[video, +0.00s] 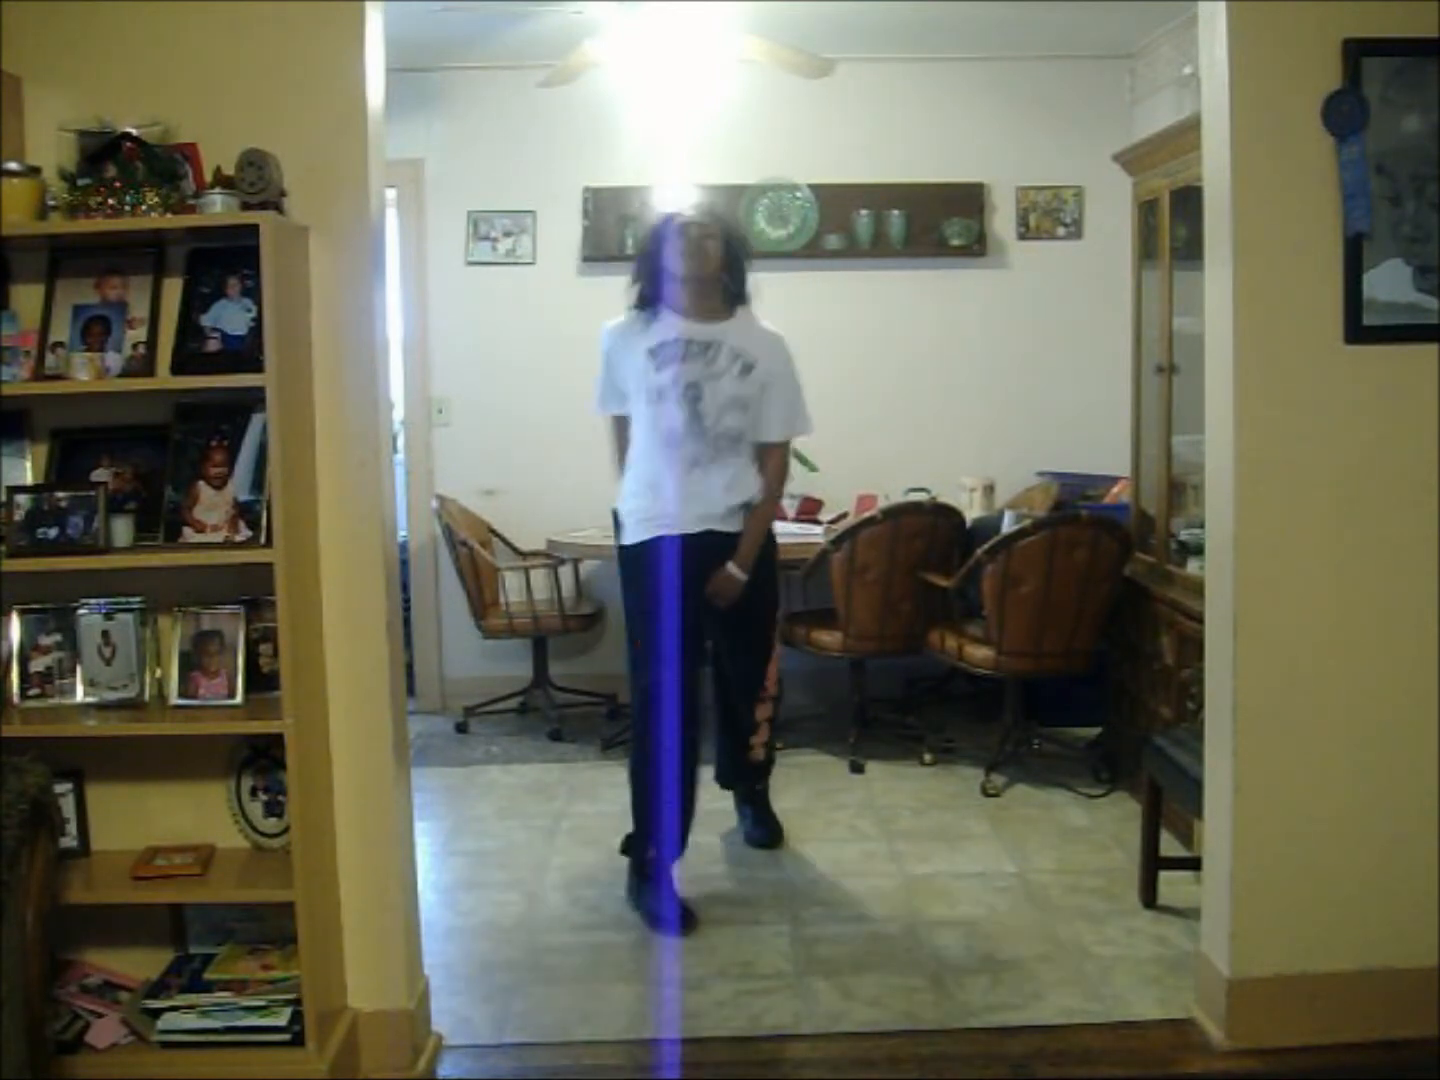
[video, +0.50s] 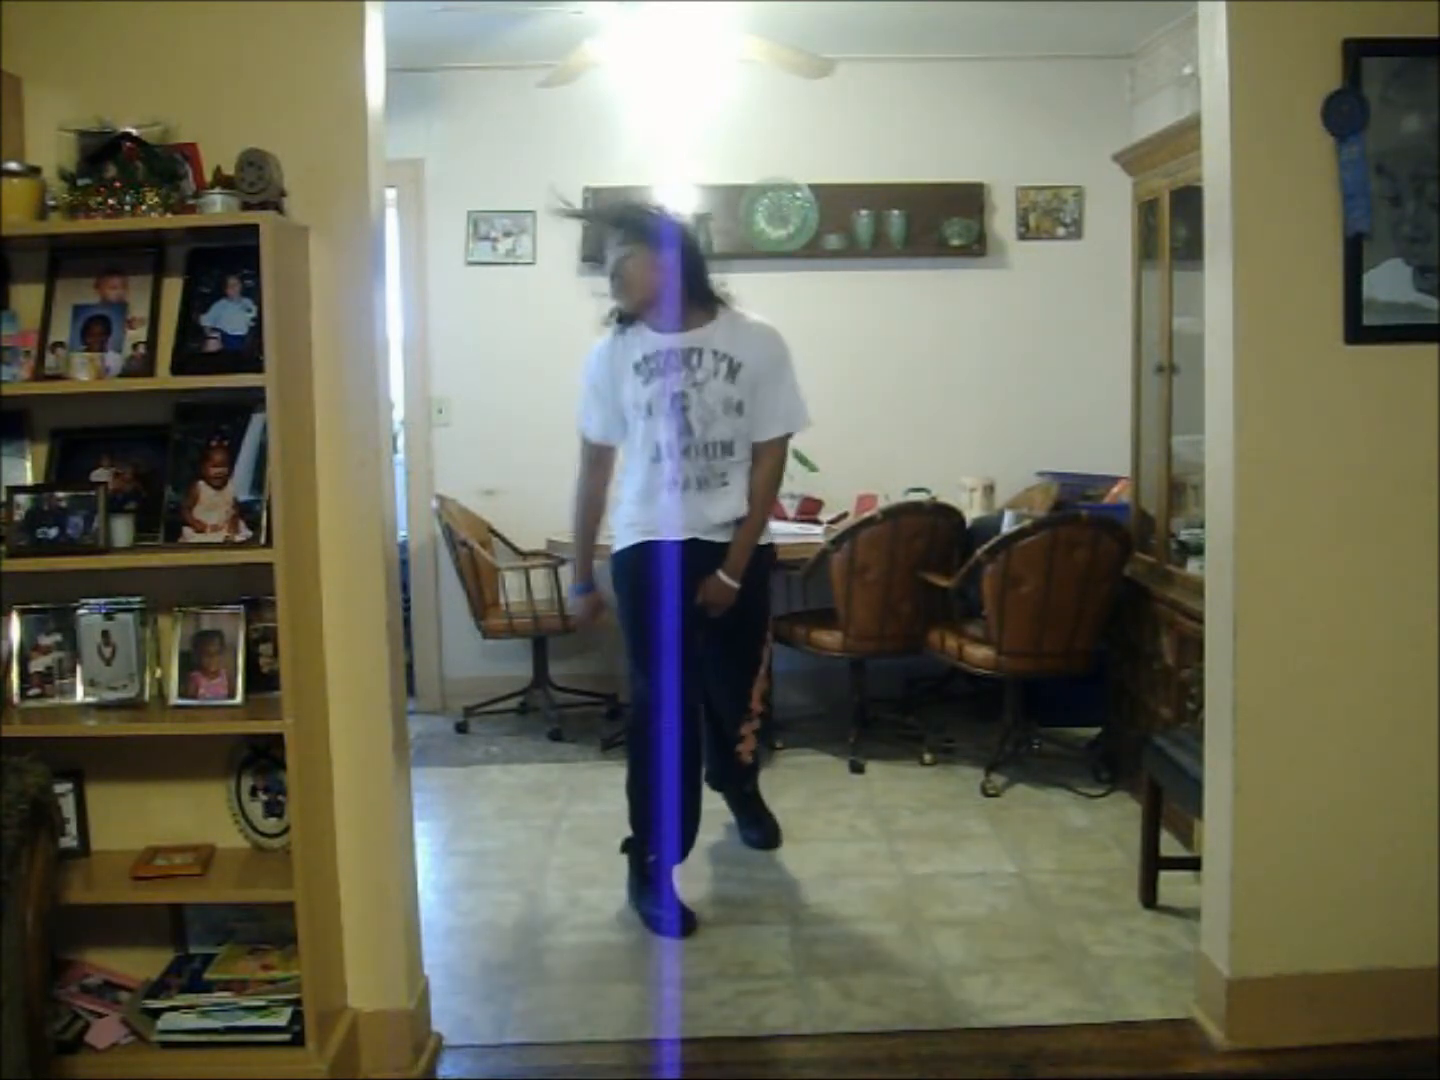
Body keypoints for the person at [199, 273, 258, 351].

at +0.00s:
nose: (233, 289)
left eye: (235, 285)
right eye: (230, 286)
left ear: (240, 287)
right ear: (226, 288)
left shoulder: (248, 304)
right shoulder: (221, 304)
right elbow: (205, 320)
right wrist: (210, 335)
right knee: (212, 341)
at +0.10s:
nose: (234, 289)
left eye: (236, 286)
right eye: (230, 286)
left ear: (240, 287)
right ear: (226, 289)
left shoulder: (247, 304)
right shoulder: (221, 304)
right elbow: (205, 320)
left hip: (244, 338)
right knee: (212, 341)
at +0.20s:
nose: (233, 289)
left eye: (236, 286)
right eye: (230, 286)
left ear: (240, 287)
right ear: (226, 289)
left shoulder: (247, 304)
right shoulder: (221, 304)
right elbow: (205, 320)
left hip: (244, 338)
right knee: (212, 341)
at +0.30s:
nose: (234, 289)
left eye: (236, 286)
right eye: (230, 287)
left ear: (240, 288)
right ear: (226, 289)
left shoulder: (247, 304)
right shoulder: (221, 304)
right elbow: (205, 320)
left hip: (244, 338)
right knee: (212, 341)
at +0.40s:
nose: (234, 289)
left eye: (236, 286)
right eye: (230, 287)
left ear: (240, 288)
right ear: (226, 289)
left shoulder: (247, 304)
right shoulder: (221, 304)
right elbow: (205, 320)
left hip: (244, 338)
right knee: (212, 341)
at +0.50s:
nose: (234, 289)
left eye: (236, 286)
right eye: (230, 287)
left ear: (240, 288)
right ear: (226, 289)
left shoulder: (247, 304)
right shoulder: (221, 304)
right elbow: (205, 320)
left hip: (244, 338)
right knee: (212, 341)